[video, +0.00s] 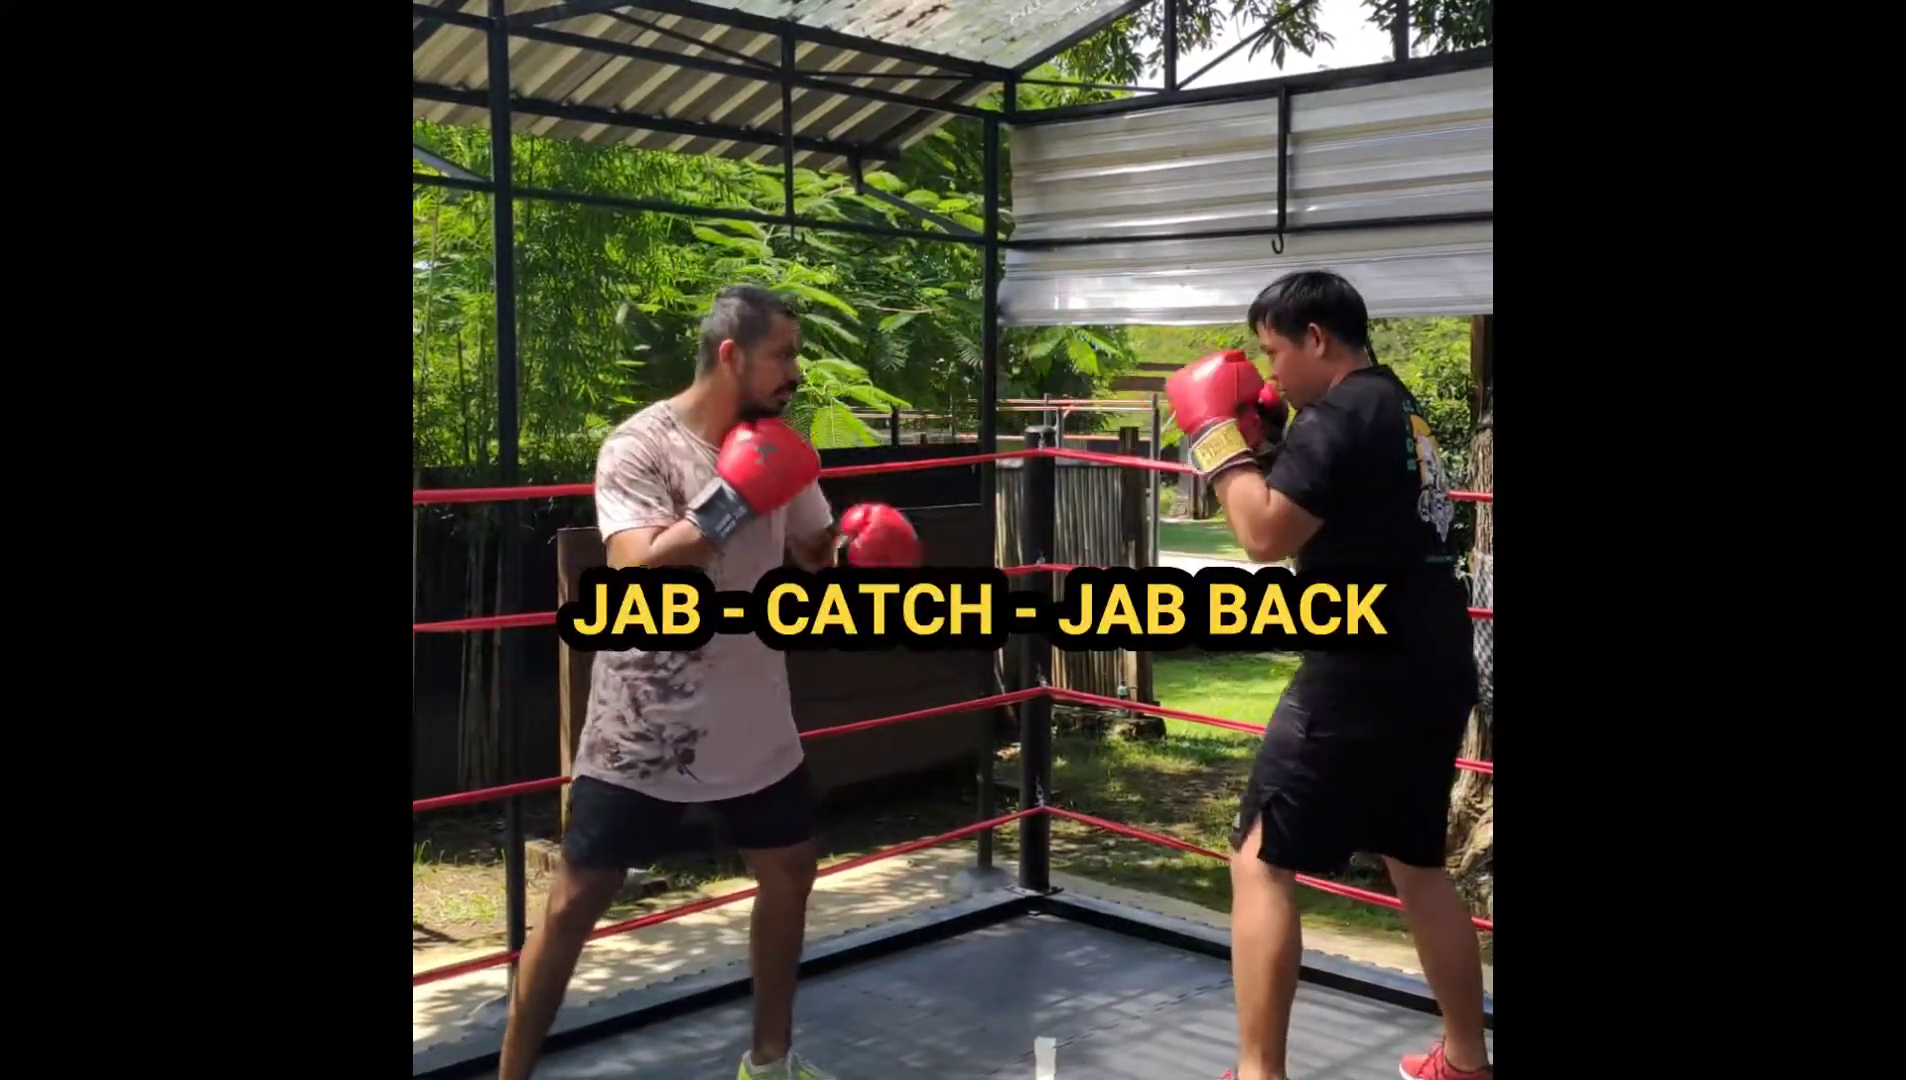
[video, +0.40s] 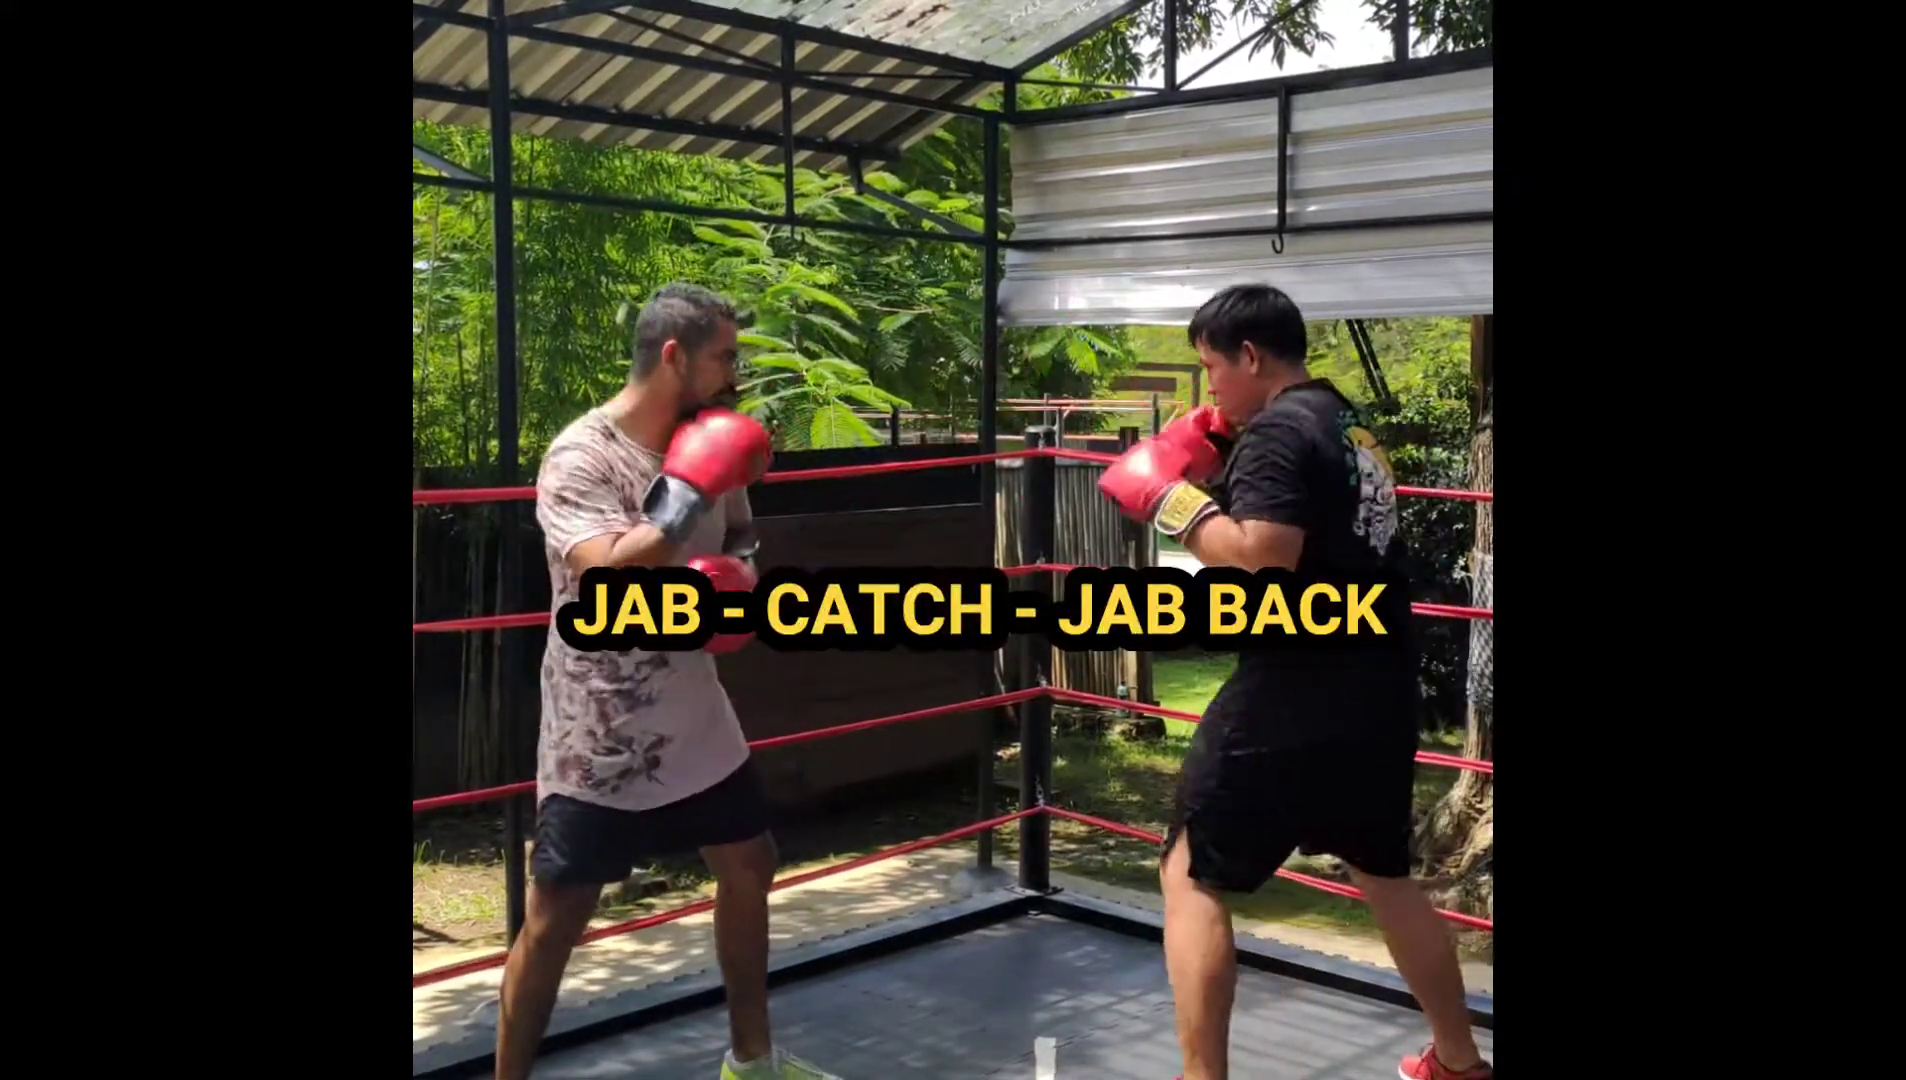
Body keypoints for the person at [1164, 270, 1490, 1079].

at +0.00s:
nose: (1269, 374)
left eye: (1271, 354)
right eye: (1263, 359)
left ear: (1317, 340)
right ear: (1338, 340)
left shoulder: (1342, 415)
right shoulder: (1389, 403)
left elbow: (1266, 532)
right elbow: (1309, 515)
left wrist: (1217, 439)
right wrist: (1260, 435)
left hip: (1358, 668)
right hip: (1434, 667)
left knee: (1260, 858)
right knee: (1419, 861)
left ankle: (1259, 1067)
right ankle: (1467, 1054)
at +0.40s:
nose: (1207, 391)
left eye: (1210, 371)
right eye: (1204, 373)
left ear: (1251, 359)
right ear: (1278, 357)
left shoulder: (1281, 430)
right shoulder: (1341, 423)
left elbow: (1261, 559)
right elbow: (1310, 544)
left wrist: (1172, 500)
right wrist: (1225, 469)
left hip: (1289, 692)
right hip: (1378, 695)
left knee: (1191, 872)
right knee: (1390, 874)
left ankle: (1202, 1071)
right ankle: (1459, 1055)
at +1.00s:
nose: (1199, 373)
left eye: (1201, 353)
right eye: (1195, 356)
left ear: (1243, 343)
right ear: (1280, 341)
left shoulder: (1254, 420)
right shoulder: (1344, 413)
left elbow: (1187, 544)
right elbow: (1290, 530)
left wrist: (1103, 467)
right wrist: (1194, 467)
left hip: (1276, 680)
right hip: (1364, 678)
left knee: (1212, 884)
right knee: (1371, 869)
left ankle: (1200, 1071)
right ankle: (1428, 1052)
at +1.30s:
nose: (1238, 377)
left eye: (1241, 358)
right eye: (1232, 363)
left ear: (1292, 342)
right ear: (1301, 344)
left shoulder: (1326, 420)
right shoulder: (1351, 405)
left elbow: (1260, 547)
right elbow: (1268, 528)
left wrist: (1204, 452)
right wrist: (1219, 449)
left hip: (1331, 686)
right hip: (1388, 683)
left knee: (1275, 888)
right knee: (1391, 871)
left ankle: (1247, 1072)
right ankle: (1433, 1058)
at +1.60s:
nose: (1232, 385)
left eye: (1234, 367)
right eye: (1226, 372)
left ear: (1277, 352)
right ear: (1299, 349)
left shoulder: (1309, 427)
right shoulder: (1359, 403)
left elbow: (1235, 543)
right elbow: (1264, 526)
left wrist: (1196, 439)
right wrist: (1217, 436)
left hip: (1327, 677)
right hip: (1396, 673)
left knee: (1243, 874)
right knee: (1378, 864)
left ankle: (1239, 1070)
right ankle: (1430, 1058)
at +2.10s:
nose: (1243, 389)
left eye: (1244, 370)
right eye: (1236, 375)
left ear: (1290, 352)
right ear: (1313, 351)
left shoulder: (1328, 421)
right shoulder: (1374, 406)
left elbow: (1257, 545)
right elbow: (1316, 518)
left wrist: (1199, 455)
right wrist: (1245, 448)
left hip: (1332, 682)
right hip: (1403, 681)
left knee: (1242, 867)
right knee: (1387, 865)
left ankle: (1222, 1069)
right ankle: (1435, 1059)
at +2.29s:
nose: (1220, 393)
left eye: (1222, 376)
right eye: (1214, 380)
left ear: (1265, 359)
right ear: (1284, 357)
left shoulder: (1310, 429)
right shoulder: (1342, 413)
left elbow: (1266, 573)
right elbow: (1283, 532)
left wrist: (1195, 474)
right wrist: (1226, 453)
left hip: (1315, 690)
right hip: (1375, 687)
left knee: (1223, 876)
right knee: (1370, 870)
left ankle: (1212, 1071)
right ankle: (1431, 1060)